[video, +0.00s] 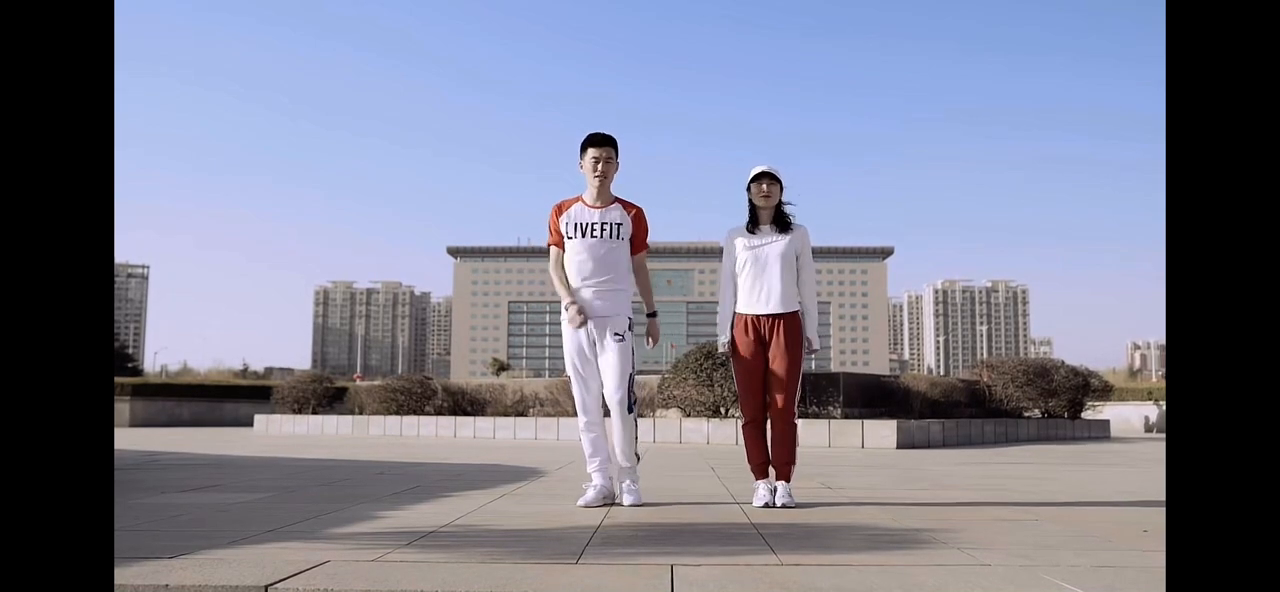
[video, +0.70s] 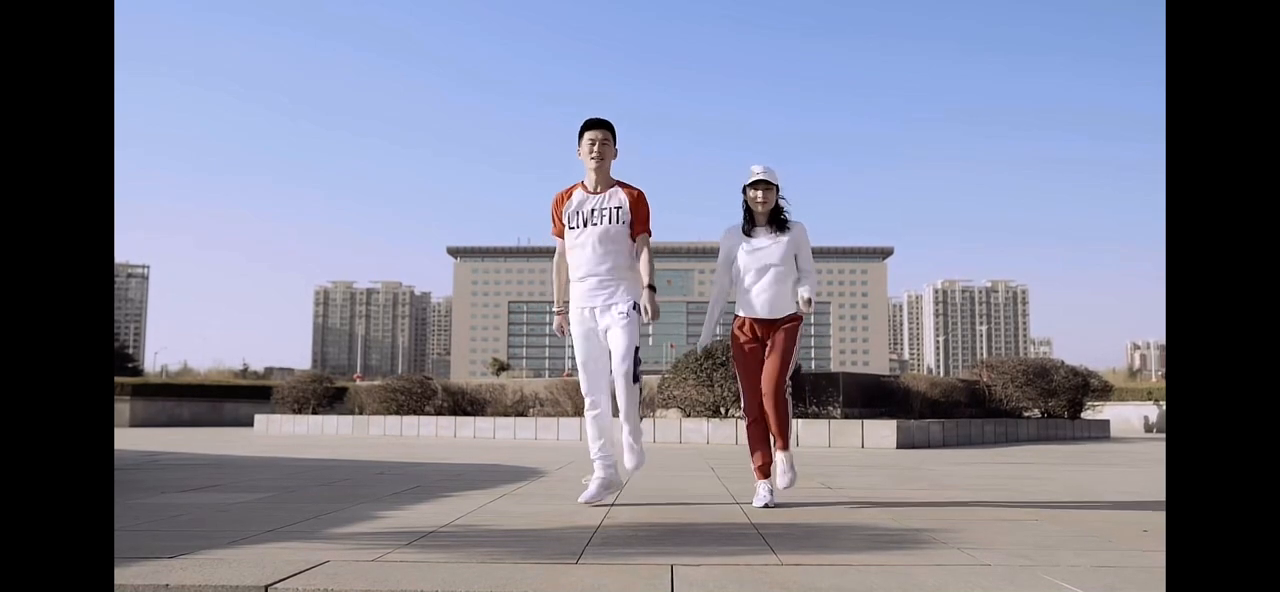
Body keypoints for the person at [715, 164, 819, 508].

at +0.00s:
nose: (765, 188)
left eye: (771, 184)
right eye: (758, 184)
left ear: (780, 192)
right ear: (749, 192)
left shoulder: (797, 234)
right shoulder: (735, 236)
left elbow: (808, 284)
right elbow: (727, 287)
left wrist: (810, 330)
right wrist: (724, 330)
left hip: (785, 325)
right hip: (745, 325)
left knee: (782, 405)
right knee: (752, 408)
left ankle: (782, 482)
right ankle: (761, 481)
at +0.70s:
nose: (761, 194)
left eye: (767, 188)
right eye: (755, 188)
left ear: (776, 193)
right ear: (746, 194)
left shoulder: (795, 232)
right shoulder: (733, 237)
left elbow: (807, 274)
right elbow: (721, 289)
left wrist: (806, 293)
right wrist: (706, 332)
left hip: (785, 323)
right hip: (746, 326)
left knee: (771, 389)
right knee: (752, 404)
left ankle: (782, 452)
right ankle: (762, 480)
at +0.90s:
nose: (766, 184)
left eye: (773, 179)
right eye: (761, 178)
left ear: (782, 185)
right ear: (752, 184)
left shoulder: (796, 227)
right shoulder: (734, 228)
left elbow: (806, 273)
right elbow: (728, 272)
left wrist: (808, 311)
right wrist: (742, 306)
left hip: (785, 307)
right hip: (746, 312)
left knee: (771, 339)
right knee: (753, 400)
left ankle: (777, 417)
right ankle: (760, 478)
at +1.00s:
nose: (771, 185)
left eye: (777, 179)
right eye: (765, 179)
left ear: (786, 185)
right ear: (755, 185)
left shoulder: (795, 225)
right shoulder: (736, 222)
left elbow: (803, 263)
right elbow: (721, 261)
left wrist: (811, 297)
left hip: (785, 311)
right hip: (747, 311)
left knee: (775, 378)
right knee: (750, 398)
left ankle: (779, 459)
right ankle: (758, 471)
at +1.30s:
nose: (773, 180)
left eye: (779, 174)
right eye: (767, 174)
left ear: (788, 180)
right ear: (757, 180)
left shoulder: (803, 220)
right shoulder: (742, 218)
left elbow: (813, 269)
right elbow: (732, 259)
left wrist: (818, 312)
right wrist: (747, 279)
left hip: (788, 309)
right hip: (749, 308)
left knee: (784, 394)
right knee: (748, 393)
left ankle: (784, 476)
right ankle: (756, 445)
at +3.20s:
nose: (787, 175)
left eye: (793, 170)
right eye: (780, 169)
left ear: (803, 175)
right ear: (769, 174)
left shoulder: (816, 216)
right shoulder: (755, 211)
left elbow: (836, 242)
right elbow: (739, 234)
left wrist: (842, 233)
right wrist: (746, 238)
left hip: (799, 311)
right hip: (758, 309)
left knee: (792, 399)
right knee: (770, 356)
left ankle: (784, 486)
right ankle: (758, 410)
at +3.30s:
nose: (785, 175)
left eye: (791, 169)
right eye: (777, 169)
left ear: (800, 173)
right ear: (766, 175)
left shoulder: (818, 218)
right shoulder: (751, 218)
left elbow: (834, 262)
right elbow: (737, 268)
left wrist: (842, 300)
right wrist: (729, 310)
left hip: (799, 314)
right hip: (757, 307)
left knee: (788, 404)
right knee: (774, 344)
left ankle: (782, 485)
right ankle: (764, 420)